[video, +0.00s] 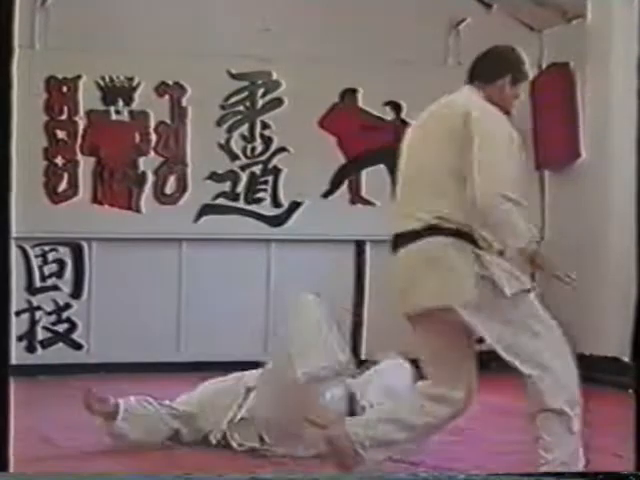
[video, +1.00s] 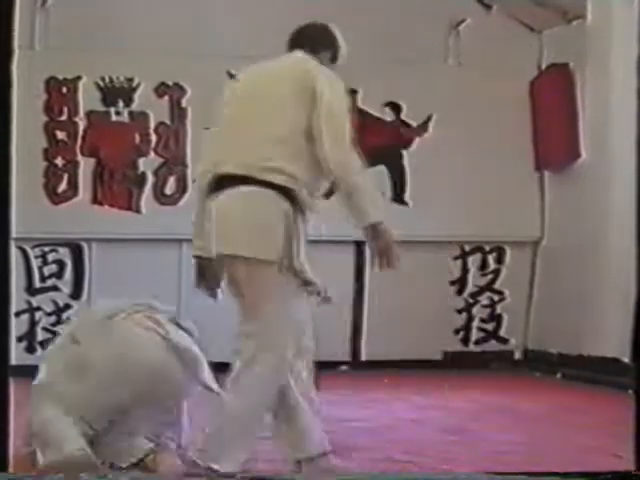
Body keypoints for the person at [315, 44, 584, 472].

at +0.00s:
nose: (517, 104)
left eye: (520, 94)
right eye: (518, 92)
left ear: (474, 80)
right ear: (504, 83)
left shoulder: (428, 118)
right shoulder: (486, 116)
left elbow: (427, 204)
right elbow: (492, 197)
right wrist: (526, 249)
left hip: (411, 263)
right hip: (457, 259)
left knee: (450, 391)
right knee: (550, 358)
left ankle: (351, 438)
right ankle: (561, 463)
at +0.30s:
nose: (490, 93)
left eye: (492, 88)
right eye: (491, 87)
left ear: (446, 73)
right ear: (480, 80)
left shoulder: (395, 112)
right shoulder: (477, 105)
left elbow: (390, 177)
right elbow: (488, 179)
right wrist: (500, 242)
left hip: (388, 238)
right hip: (441, 233)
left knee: (412, 356)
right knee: (508, 349)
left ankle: (360, 441)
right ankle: (556, 459)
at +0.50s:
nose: (437, 95)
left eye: (436, 89)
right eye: (438, 89)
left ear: (393, 75)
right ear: (431, 84)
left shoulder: (348, 107)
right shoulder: (428, 99)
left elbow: (330, 195)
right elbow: (427, 171)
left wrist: (328, 278)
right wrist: (428, 244)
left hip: (334, 238)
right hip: (388, 231)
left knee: (371, 350)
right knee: (458, 336)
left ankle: (350, 456)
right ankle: (500, 456)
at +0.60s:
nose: (421, 94)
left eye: (420, 88)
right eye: (421, 87)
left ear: (377, 73)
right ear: (414, 81)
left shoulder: (331, 105)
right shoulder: (412, 96)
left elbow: (306, 194)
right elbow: (416, 170)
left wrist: (300, 275)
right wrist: (425, 247)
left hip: (317, 232)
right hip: (371, 228)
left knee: (359, 355)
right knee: (436, 337)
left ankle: (348, 456)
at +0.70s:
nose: (396, 83)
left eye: (394, 77)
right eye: (395, 76)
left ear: (350, 65)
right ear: (387, 70)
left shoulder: (307, 101)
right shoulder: (384, 86)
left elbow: (280, 188)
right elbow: (400, 164)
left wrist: (263, 265)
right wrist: (426, 240)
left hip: (298, 230)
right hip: (346, 225)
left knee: (336, 352)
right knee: (379, 346)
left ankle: (350, 453)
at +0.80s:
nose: (379, 77)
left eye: (377, 71)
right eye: (377, 70)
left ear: (332, 59)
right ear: (367, 63)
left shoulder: (288, 95)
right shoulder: (366, 80)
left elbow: (259, 181)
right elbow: (387, 154)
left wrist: (242, 257)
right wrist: (423, 227)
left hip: (281, 220)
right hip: (326, 216)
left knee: (330, 350)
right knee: (336, 353)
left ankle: (344, 455)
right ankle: (249, 437)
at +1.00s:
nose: (334, 71)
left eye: (335, 66)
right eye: (335, 65)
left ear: (293, 47)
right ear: (326, 55)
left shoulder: (244, 81)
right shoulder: (321, 78)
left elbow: (209, 165)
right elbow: (338, 156)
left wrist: (204, 248)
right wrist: (374, 224)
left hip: (222, 209)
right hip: (265, 210)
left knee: (288, 337)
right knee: (268, 344)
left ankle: (307, 451)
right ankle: (218, 459)